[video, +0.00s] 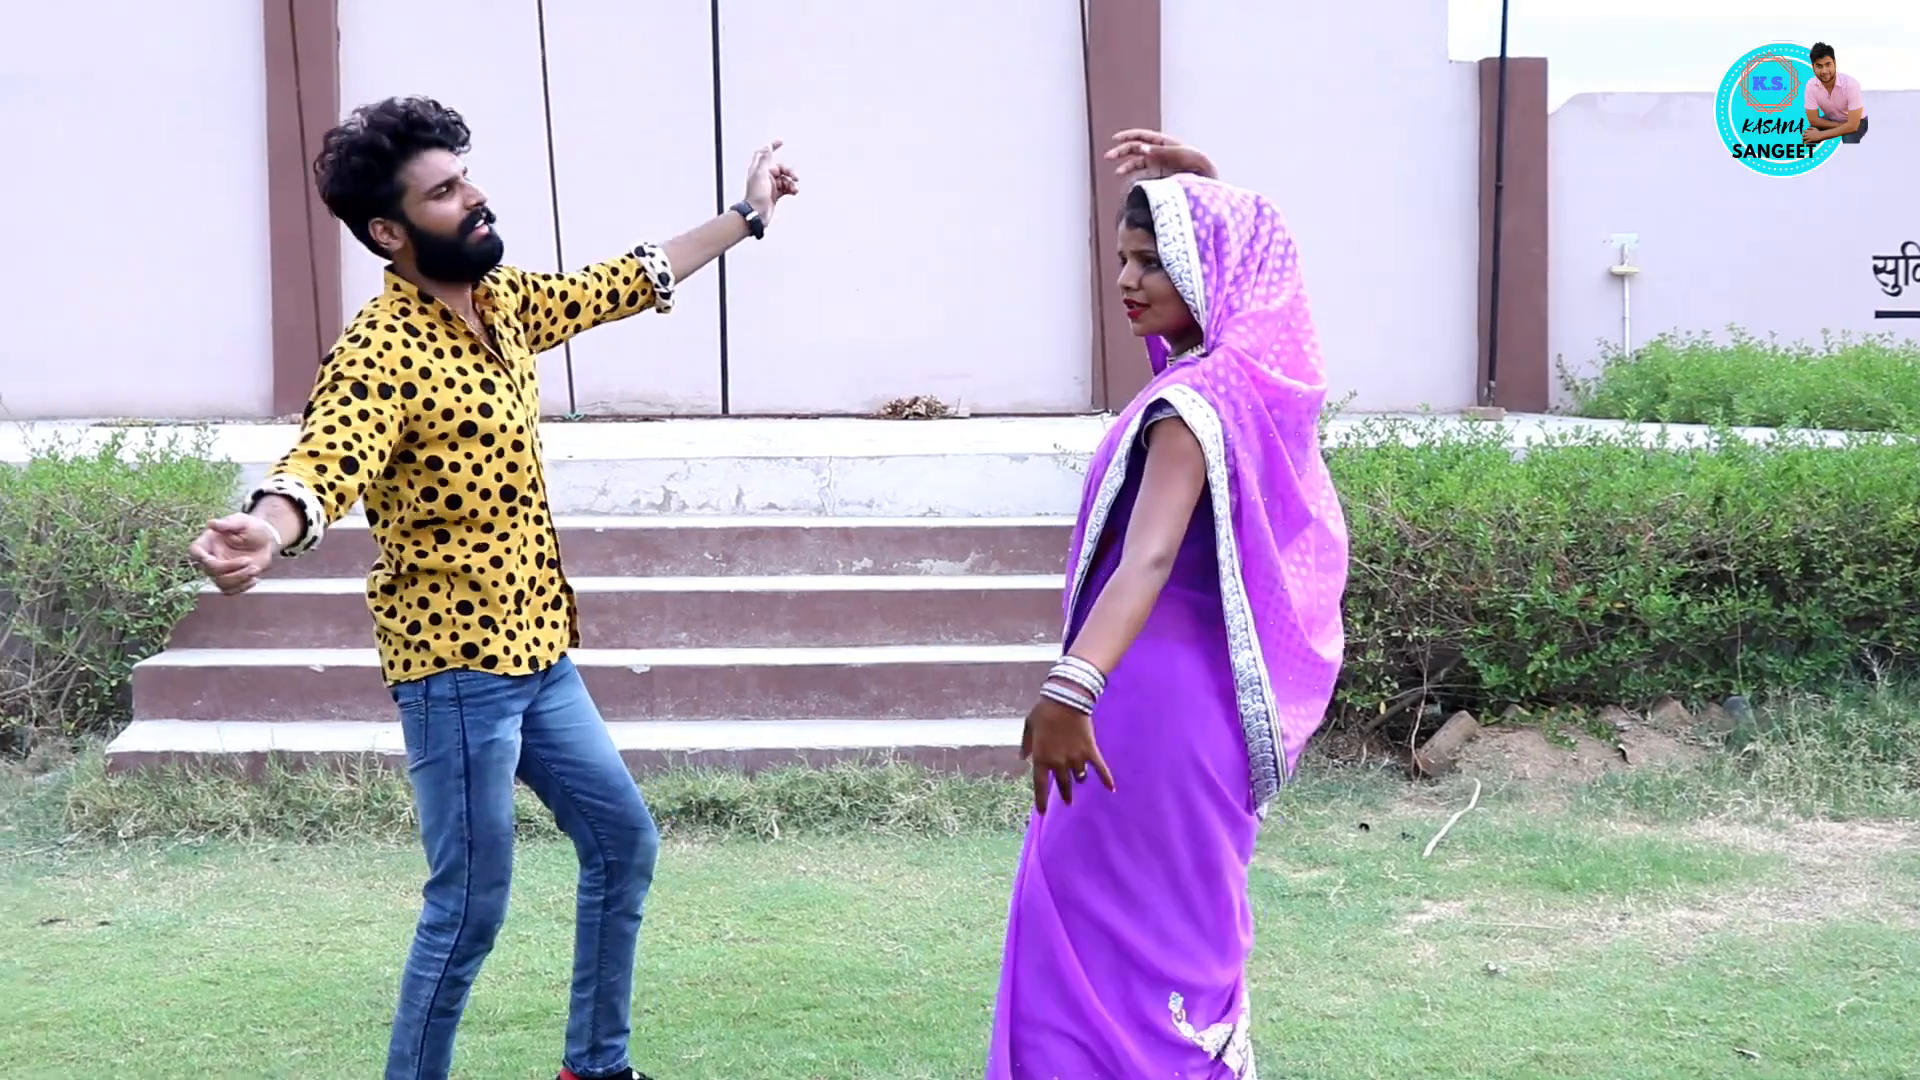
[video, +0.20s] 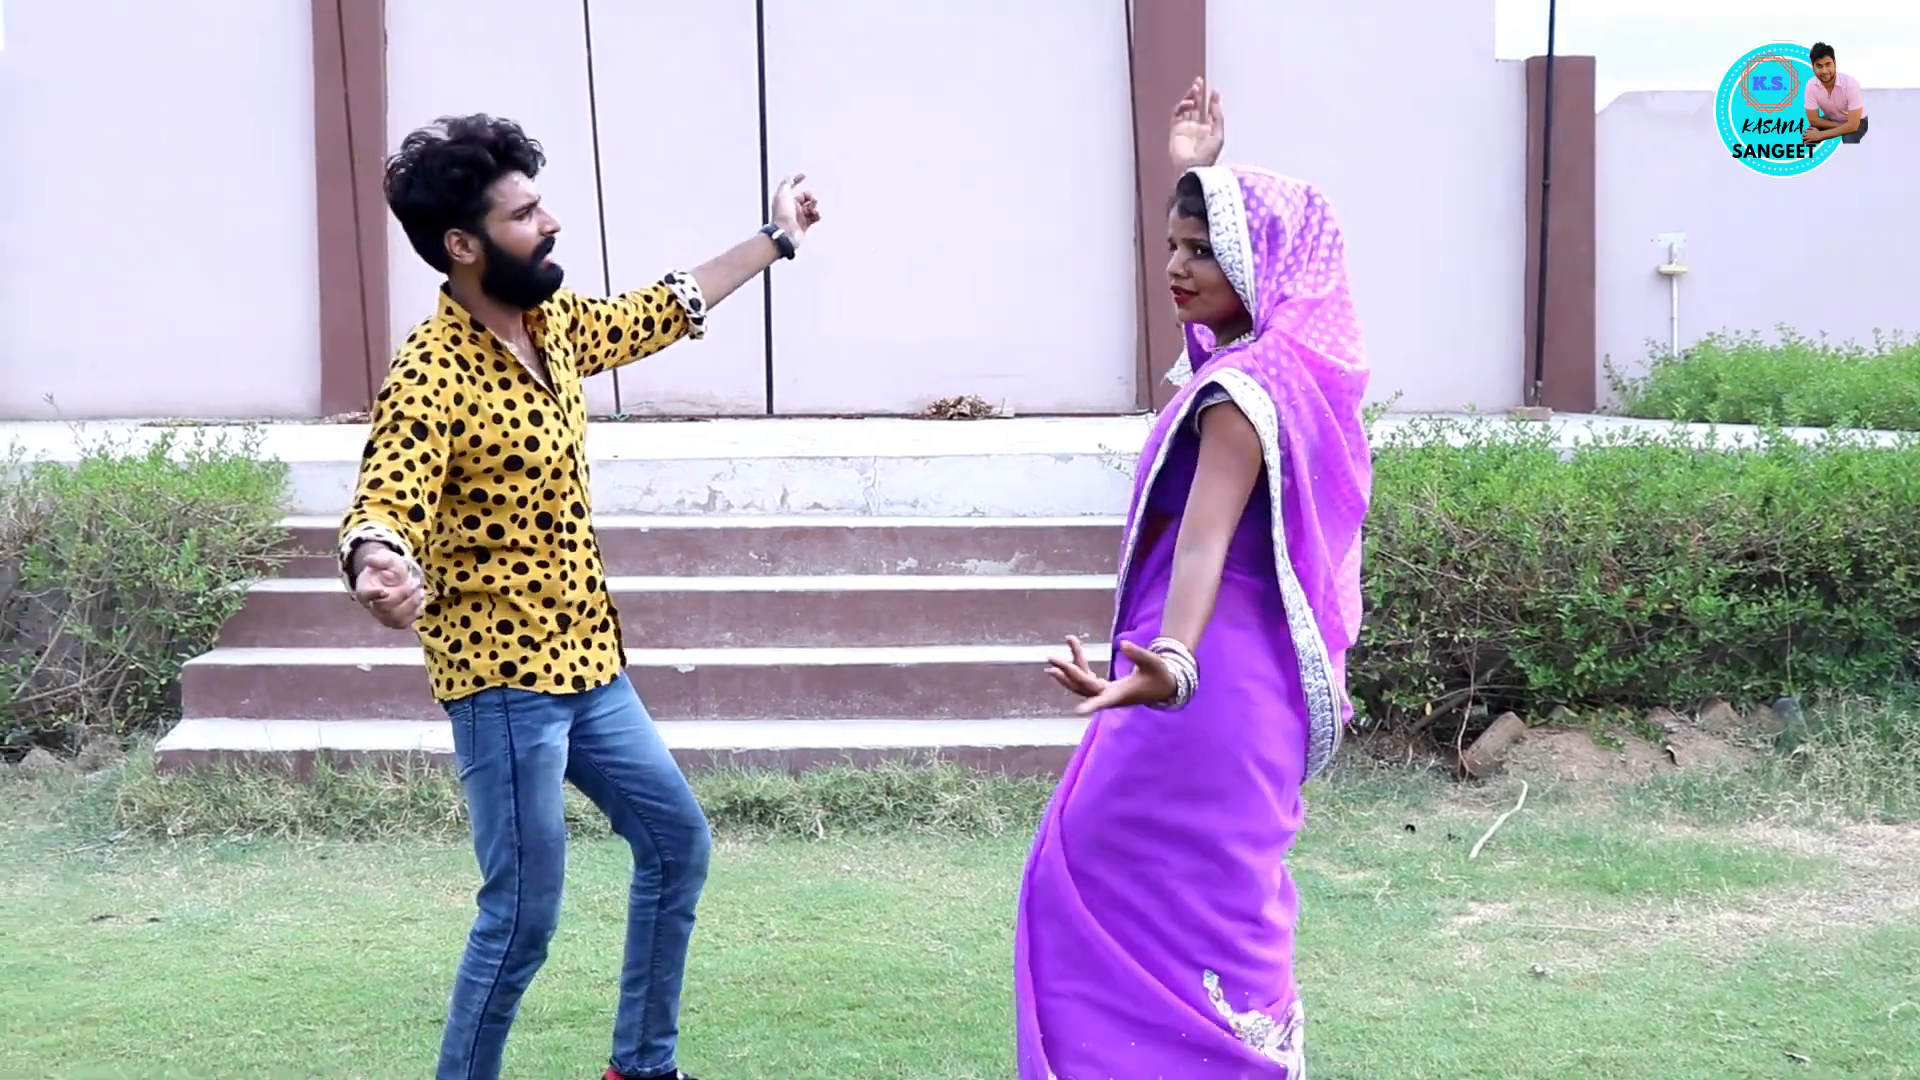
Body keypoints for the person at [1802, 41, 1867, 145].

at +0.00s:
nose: (1824, 71)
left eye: (1828, 65)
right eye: (1819, 66)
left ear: (1835, 63)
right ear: (1813, 67)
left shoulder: (1851, 85)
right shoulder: (1812, 86)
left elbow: (1852, 126)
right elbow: (1813, 120)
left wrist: (1820, 135)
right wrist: (1843, 126)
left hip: (1855, 122)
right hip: (1829, 121)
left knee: (1849, 140)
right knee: (1810, 136)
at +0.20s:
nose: (1824, 71)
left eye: (1828, 65)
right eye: (1819, 66)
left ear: (1835, 63)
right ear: (1813, 67)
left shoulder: (1850, 85)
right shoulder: (1812, 86)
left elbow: (1853, 126)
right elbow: (1813, 120)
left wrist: (1820, 135)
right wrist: (1843, 126)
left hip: (1855, 122)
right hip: (1830, 121)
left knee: (1848, 140)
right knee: (1810, 136)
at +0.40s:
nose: (1824, 71)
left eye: (1828, 65)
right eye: (1819, 66)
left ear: (1835, 63)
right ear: (1813, 67)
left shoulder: (1850, 85)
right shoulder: (1812, 86)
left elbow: (1853, 126)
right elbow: (1813, 120)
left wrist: (1820, 135)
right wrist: (1843, 126)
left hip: (1855, 122)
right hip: (1830, 121)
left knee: (1848, 140)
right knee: (1810, 136)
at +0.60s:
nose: (1824, 71)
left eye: (1828, 65)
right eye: (1819, 66)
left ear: (1835, 63)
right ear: (1813, 67)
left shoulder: (1850, 85)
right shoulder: (1812, 86)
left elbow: (1853, 126)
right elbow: (1813, 120)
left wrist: (1820, 135)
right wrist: (1843, 126)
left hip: (1855, 122)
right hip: (1830, 121)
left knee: (1848, 140)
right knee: (1810, 136)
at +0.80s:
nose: (1824, 71)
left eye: (1828, 65)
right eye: (1819, 66)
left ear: (1835, 63)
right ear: (1813, 67)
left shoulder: (1850, 85)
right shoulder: (1812, 86)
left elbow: (1853, 126)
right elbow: (1813, 120)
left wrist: (1820, 135)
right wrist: (1843, 126)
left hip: (1855, 122)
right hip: (1830, 121)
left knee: (1848, 140)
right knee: (1810, 136)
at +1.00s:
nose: (1824, 71)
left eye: (1828, 65)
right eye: (1819, 66)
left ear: (1835, 63)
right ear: (1813, 67)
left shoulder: (1850, 85)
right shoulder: (1812, 86)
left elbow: (1853, 126)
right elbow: (1813, 120)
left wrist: (1820, 135)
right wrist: (1843, 126)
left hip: (1855, 122)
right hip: (1830, 121)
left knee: (1848, 140)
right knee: (1810, 136)